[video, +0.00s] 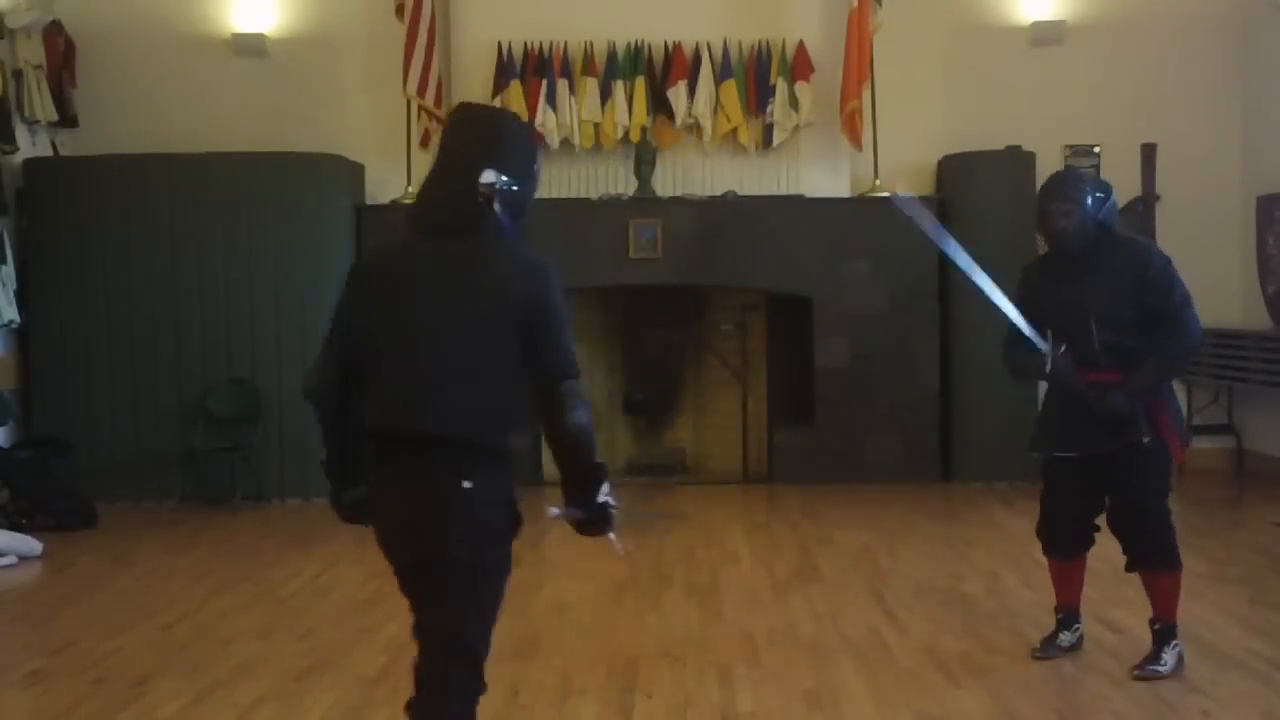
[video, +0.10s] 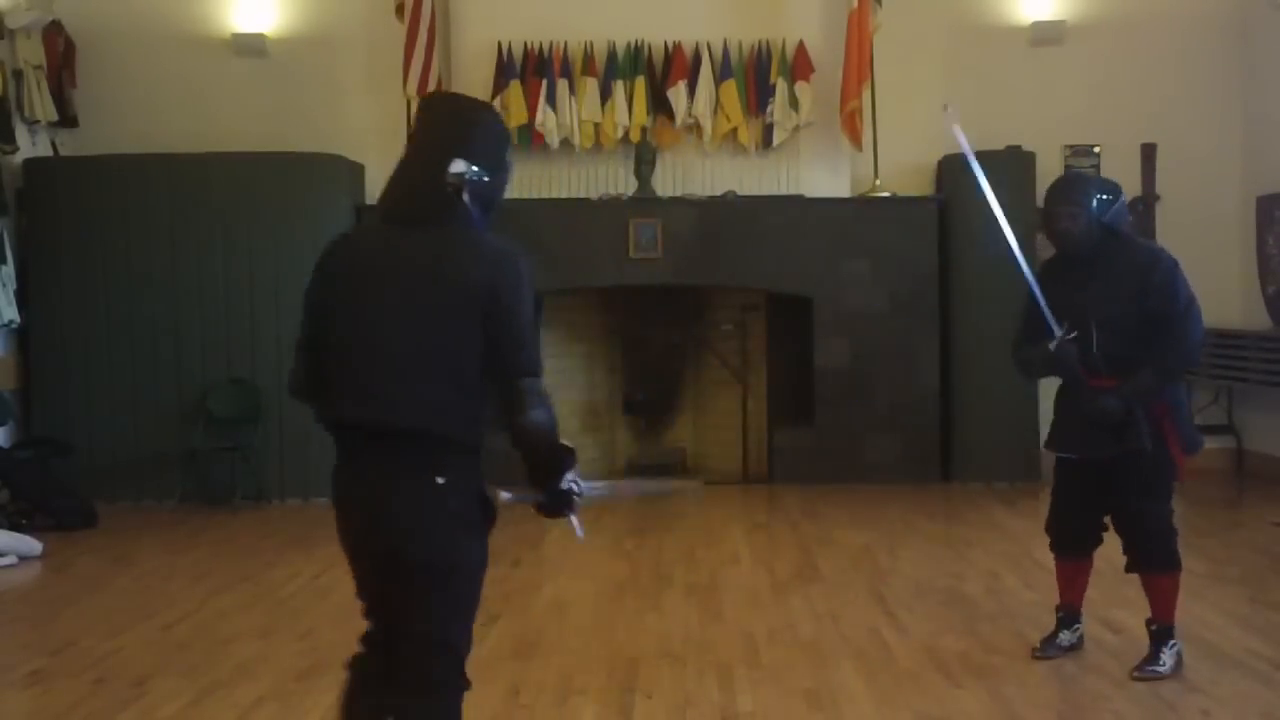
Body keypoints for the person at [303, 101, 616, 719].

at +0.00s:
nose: (531, 193)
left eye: (528, 176)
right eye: (527, 178)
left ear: (441, 175)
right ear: (510, 186)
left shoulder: (381, 263)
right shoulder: (520, 273)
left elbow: (329, 382)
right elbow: (563, 402)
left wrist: (348, 475)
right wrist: (587, 491)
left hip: (391, 477)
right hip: (476, 482)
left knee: (441, 647)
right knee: (454, 664)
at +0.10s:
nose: (504, 185)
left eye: (501, 169)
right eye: (500, 170)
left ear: (414, 162)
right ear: (484, 175)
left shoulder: (350, 250)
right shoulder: (492, 263)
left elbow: (310, 377)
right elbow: (523, 403)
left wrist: (367, 433)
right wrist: (554, 480)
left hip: (359, 478)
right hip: (445, 486)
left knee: (386, 636)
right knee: (436, 664)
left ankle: (360, 710)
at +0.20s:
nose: (471, 176)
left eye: (466, 161)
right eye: (467, 161)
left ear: (378, 155)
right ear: (452, 169)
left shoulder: (318, 249)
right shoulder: (458, 260)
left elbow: (288, 377)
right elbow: (484, 393)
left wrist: (356, 401)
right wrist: (516, 453)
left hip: (325, 487)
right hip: (415, 494)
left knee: (318, 656)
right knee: (421, 681)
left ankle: (273, 710)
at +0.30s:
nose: (432, 176)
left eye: (430, 159)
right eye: (427, 160)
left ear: (340, 159)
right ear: (405, 170)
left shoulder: (277, 255)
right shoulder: (418, 264)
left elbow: (261, 386)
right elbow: (446, 410)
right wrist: (485, 424)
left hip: (291, 499)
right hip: (384, 506)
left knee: (252, 663)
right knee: (409, 687)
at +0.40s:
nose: (385, 190)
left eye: (383, 172)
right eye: (381, 173)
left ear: (289, 168)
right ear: (359, 179)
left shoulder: (228, 267)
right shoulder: (365, 272)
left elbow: (225, 396)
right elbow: (401, 421)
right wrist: (453, 407)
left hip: (243, 517)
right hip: (340, 524)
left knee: (196, 683)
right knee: (391, 694)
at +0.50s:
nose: (331, 201)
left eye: (330, 182)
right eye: (327, 184)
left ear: (237, 173)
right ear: (303, 189)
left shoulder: (171, 273)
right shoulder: (308, 280)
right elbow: (344, 426)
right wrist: (391, 394)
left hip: (180, 530)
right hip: (280, 537)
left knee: (152, 705)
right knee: (348, 702)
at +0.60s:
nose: (270, 209)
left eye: (270, 189)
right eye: (267, 190)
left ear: (179, 172)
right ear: (243, 192)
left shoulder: (113, 270)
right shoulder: (247, 281)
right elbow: (276, 428)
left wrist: (267, 355)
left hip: (114, 535)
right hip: (209, 542)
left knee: (118, 709)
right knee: (302, 706)